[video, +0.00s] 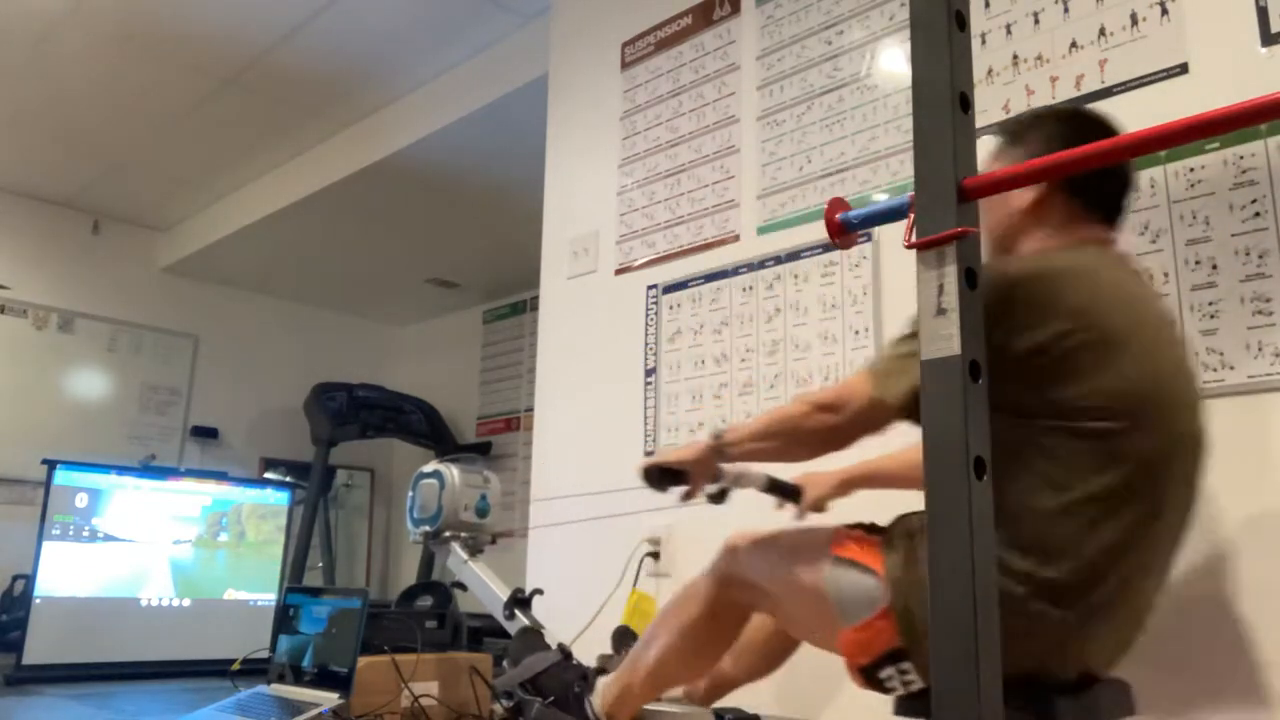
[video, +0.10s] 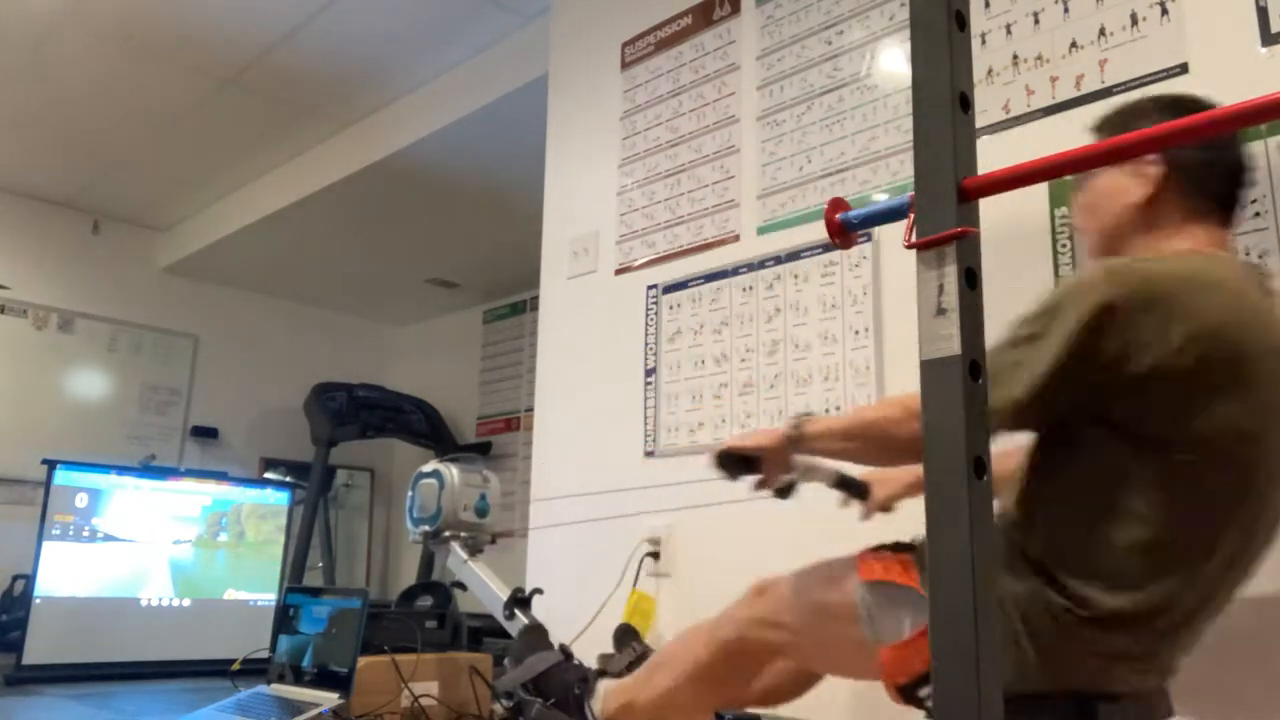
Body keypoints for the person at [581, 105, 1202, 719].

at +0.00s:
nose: (972, 209)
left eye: (985, 185)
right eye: (977, 185)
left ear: (1036, 187)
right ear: (1062, 193)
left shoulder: (1028, 287)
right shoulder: (1131, 301)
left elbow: (840, 415)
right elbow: (989, 459)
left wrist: (714, 448)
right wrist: (846, 476)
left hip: (995, 619)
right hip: (1071, 627)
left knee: (740, 559)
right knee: (808, 574)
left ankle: (610, 701)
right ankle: (693, 694)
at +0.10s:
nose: (1075, 205)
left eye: (1089, 178)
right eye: (1079, 182)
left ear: (1150, 176)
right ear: (1182, 184)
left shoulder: (1122, 297)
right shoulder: (1260, 309)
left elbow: (936, 421)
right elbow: (1068, 469)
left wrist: (796, 437)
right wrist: (915, 478)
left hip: (1039, 633)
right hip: (1132, 651)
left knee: (766, 614)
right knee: (821, 619)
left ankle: (607, 709)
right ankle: (671, 704)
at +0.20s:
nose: (1149, 228)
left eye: (1164, 196)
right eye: (1152, 203)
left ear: (1235, 196)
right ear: (1240, 200)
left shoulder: (1219, 312)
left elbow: (1048, 468)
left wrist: (898, 453)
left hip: (1034, 619)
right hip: (1132, 670)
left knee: (771, 652)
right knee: (831, 679)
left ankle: (603, 708)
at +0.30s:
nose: (1159, 234)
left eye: (1175, 205)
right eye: (1163, 210)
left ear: (1249, 203)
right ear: (1248, 208)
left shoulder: (1245, 323)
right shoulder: (1252, 324)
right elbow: (1176, 534)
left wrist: (998, 474)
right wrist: (1012, 485)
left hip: (1061, 622)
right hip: (1104, 630)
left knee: (784, 627)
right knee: (838, 641)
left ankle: (606, 706)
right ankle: (696, 713)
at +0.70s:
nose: (1123, 238)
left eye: (1137, 211)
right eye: (1128, 215)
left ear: (1204, 208)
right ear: (1215, 211)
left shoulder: (1202, 334)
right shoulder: (1267, 330)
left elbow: (1083, 534)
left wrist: (918, 497)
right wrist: (965, 542)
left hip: (1056, 647)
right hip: (1128, 657)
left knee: (780, 611)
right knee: (839, 622)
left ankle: (606, 705)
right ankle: (692, 710)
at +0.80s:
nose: (1083, 229)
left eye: (1098, 205)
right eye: (1087, 209)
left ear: (1164, 204)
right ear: (1183, 207)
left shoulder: (1165, 325)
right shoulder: (1266, 323)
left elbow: (1001, 495)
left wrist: (846, 483)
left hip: (1040, 631)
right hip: (1130, 644)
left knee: (766, 593)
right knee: (831, 608)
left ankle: (610, 703)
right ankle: (697, 706)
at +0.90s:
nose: (1035, 227)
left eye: (1047, 202)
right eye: (1038, 206)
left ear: (1105, 196)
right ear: (1136, 202)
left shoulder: (1110, 310)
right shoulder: (1199, 310)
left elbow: (917, 462)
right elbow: (1073, 506)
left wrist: (782, 472)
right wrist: (918, 523)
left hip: (1042, 627)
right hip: (1105, 626)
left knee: (747, 581)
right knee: (821, 596)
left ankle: (609, 710)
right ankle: (700, 706)